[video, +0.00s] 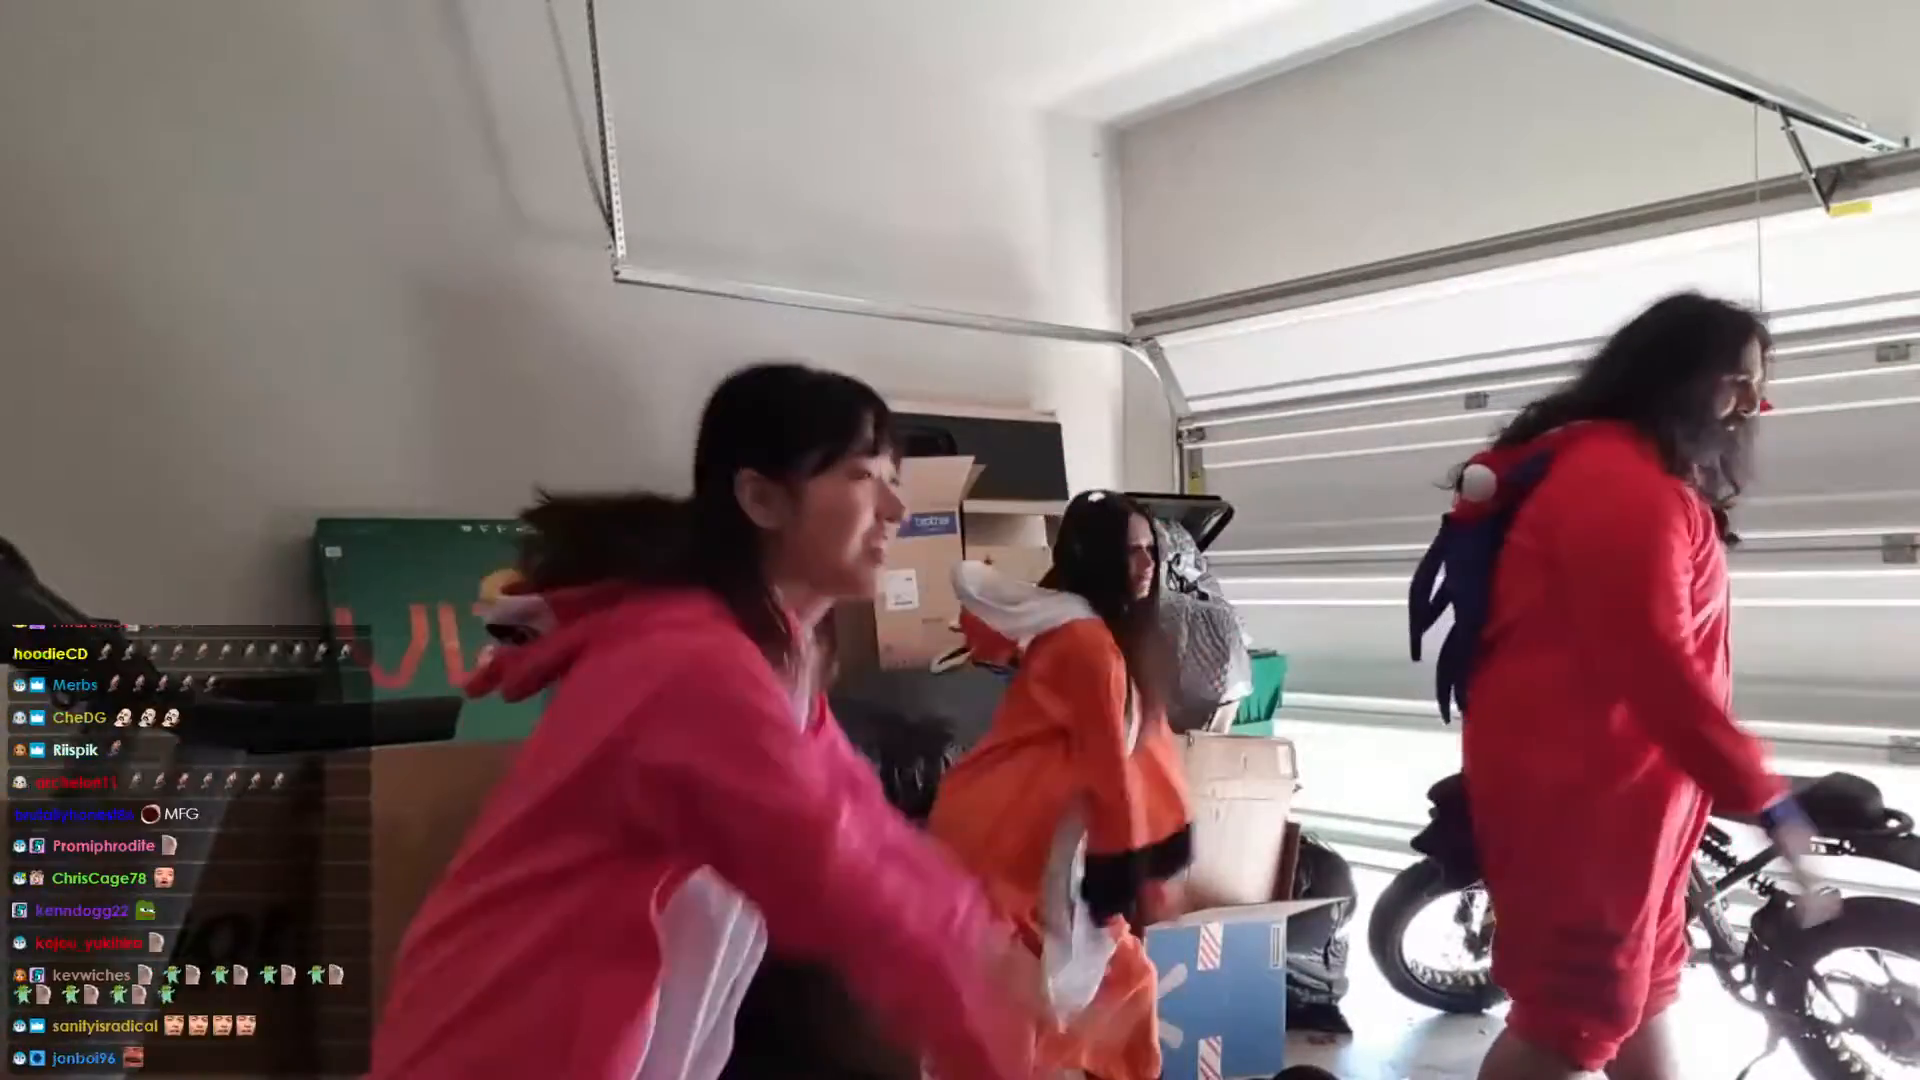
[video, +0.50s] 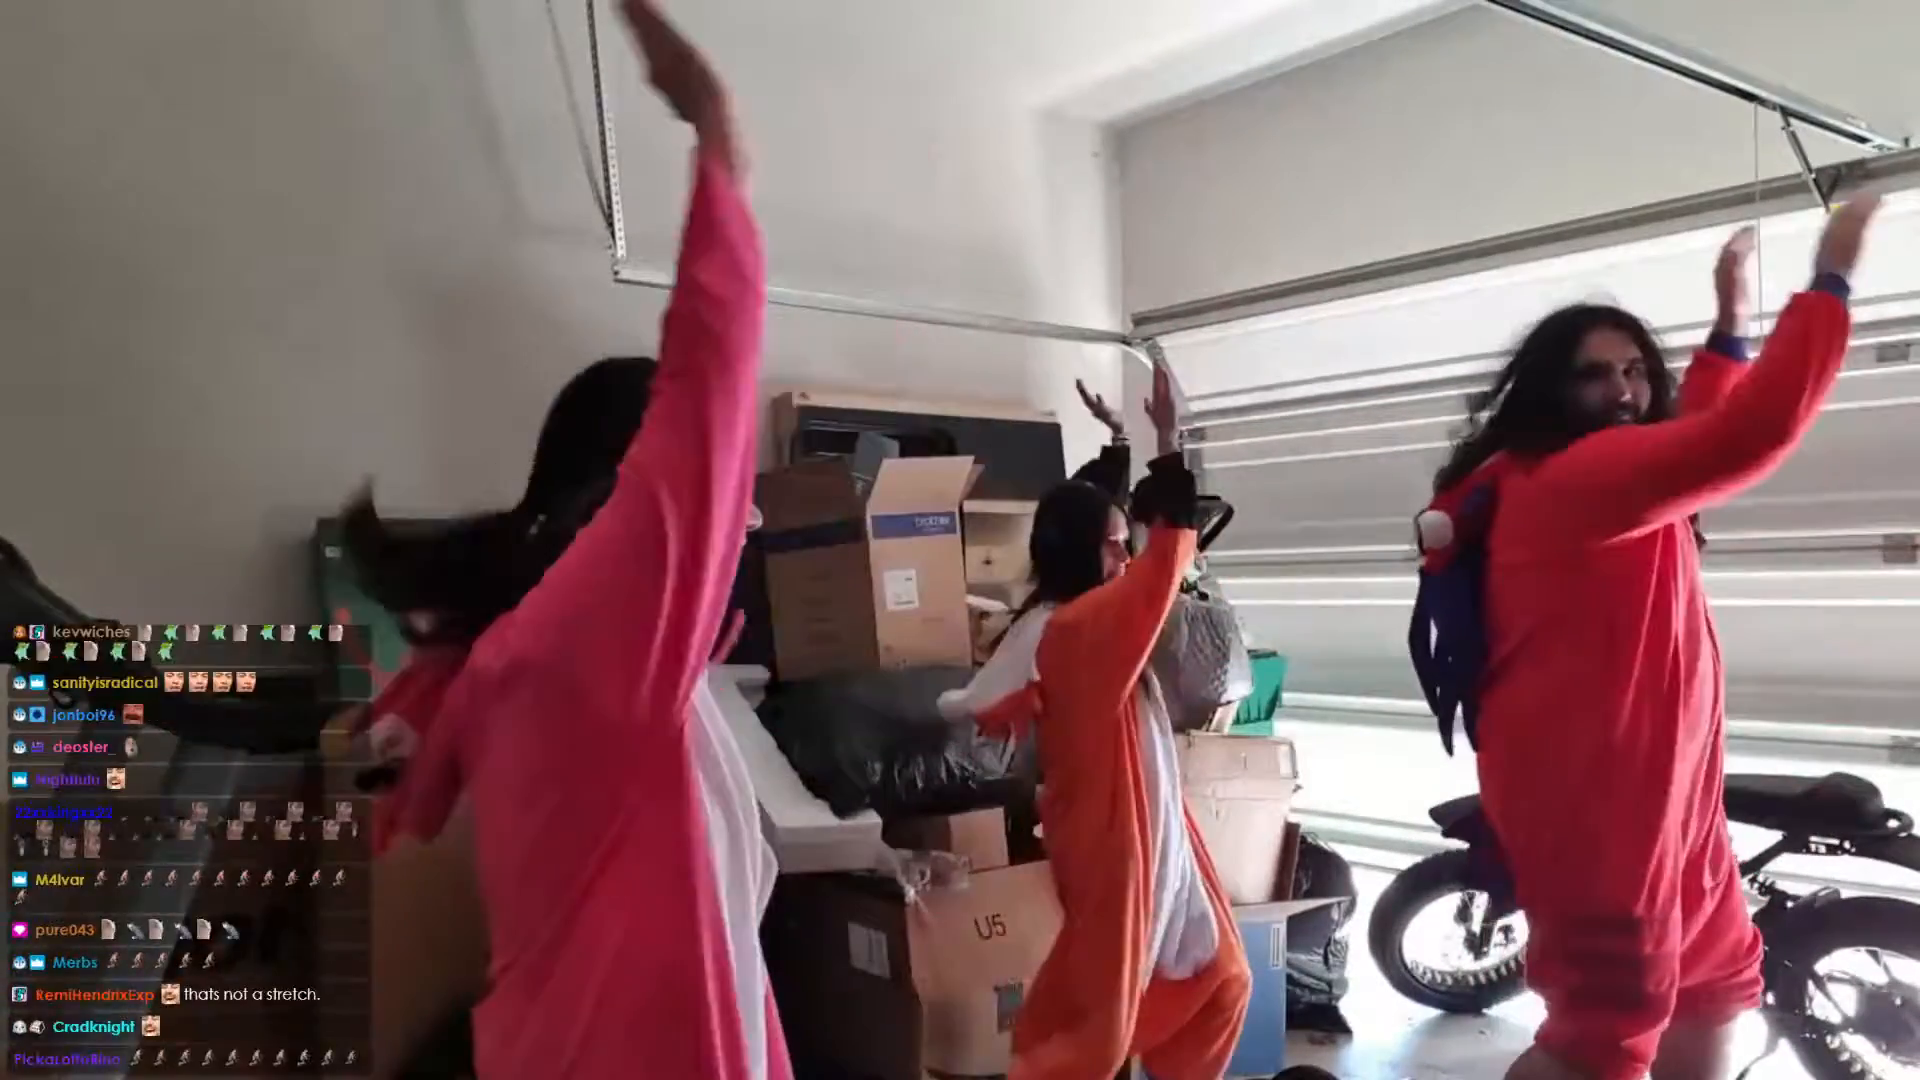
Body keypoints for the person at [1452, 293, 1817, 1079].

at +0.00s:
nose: (1756, 407)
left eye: (1760, 388)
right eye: (1739, 384)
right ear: (1682, 379)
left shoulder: (1657, 476)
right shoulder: (1620, 484)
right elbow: (1655, 665)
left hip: (1626, 784)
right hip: (1575, 791)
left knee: (1643, 998)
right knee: (1571, 1019)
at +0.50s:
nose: (1626, 392)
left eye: (1638, 373)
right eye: (1596, 375)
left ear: (1657, 381)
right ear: (1549, 393)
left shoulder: (1631, 476)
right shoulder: (1555, 485)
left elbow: (1698, 441)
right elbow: (1744, 442)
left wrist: (1733, 324)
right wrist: (1833, 281)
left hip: (1674, 788)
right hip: (1591, 806)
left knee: (1715, 991)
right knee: (1607, 1029)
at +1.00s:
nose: (1680, 376)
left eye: (1694, 358)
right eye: (1656, 356)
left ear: (1707, 374)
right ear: (1606, 367)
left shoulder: (1641, 475)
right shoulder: (1588, 482)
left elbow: (1638, 654)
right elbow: (1594, 657)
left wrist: (1662, 806)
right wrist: (1644, 813)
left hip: (1623, 796)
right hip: (1561, 799)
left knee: (1633, 1007)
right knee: (1552, 1024)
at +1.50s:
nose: (1681, 403)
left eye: (1682, 383)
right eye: (1662, 384)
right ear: (1602, 390)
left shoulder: (1610, 470)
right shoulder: (1568, 483)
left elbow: (1700, 454)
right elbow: (1763, 467)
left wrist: (1770, 357)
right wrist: (1875, 321)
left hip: (1664, 783)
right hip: (1596, 800)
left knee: (1717, 985)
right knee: (1623, 1026)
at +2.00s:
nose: (1675, 380)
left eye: (1673, 359)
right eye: (1661, 361)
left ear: (1562, 365)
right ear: (1622, 370)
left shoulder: (1591, 462)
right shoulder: (1572, 470)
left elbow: (1676, 603)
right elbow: (1690, 611)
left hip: (1633, 796)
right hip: (1569, 808)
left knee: (1646, 995)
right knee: (1561, 1020)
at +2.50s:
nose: (1634, 374)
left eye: (1639, 356)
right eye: (1613, 356)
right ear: (1558, 363)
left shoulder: (1589, 458)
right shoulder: (1537, 464)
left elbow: (1682, 493)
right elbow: (1721, 521)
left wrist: (1788, 450)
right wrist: (1893, 452)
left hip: (1652, 777)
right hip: (1580, 790)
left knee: (1665, 989)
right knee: (1572, 1016)